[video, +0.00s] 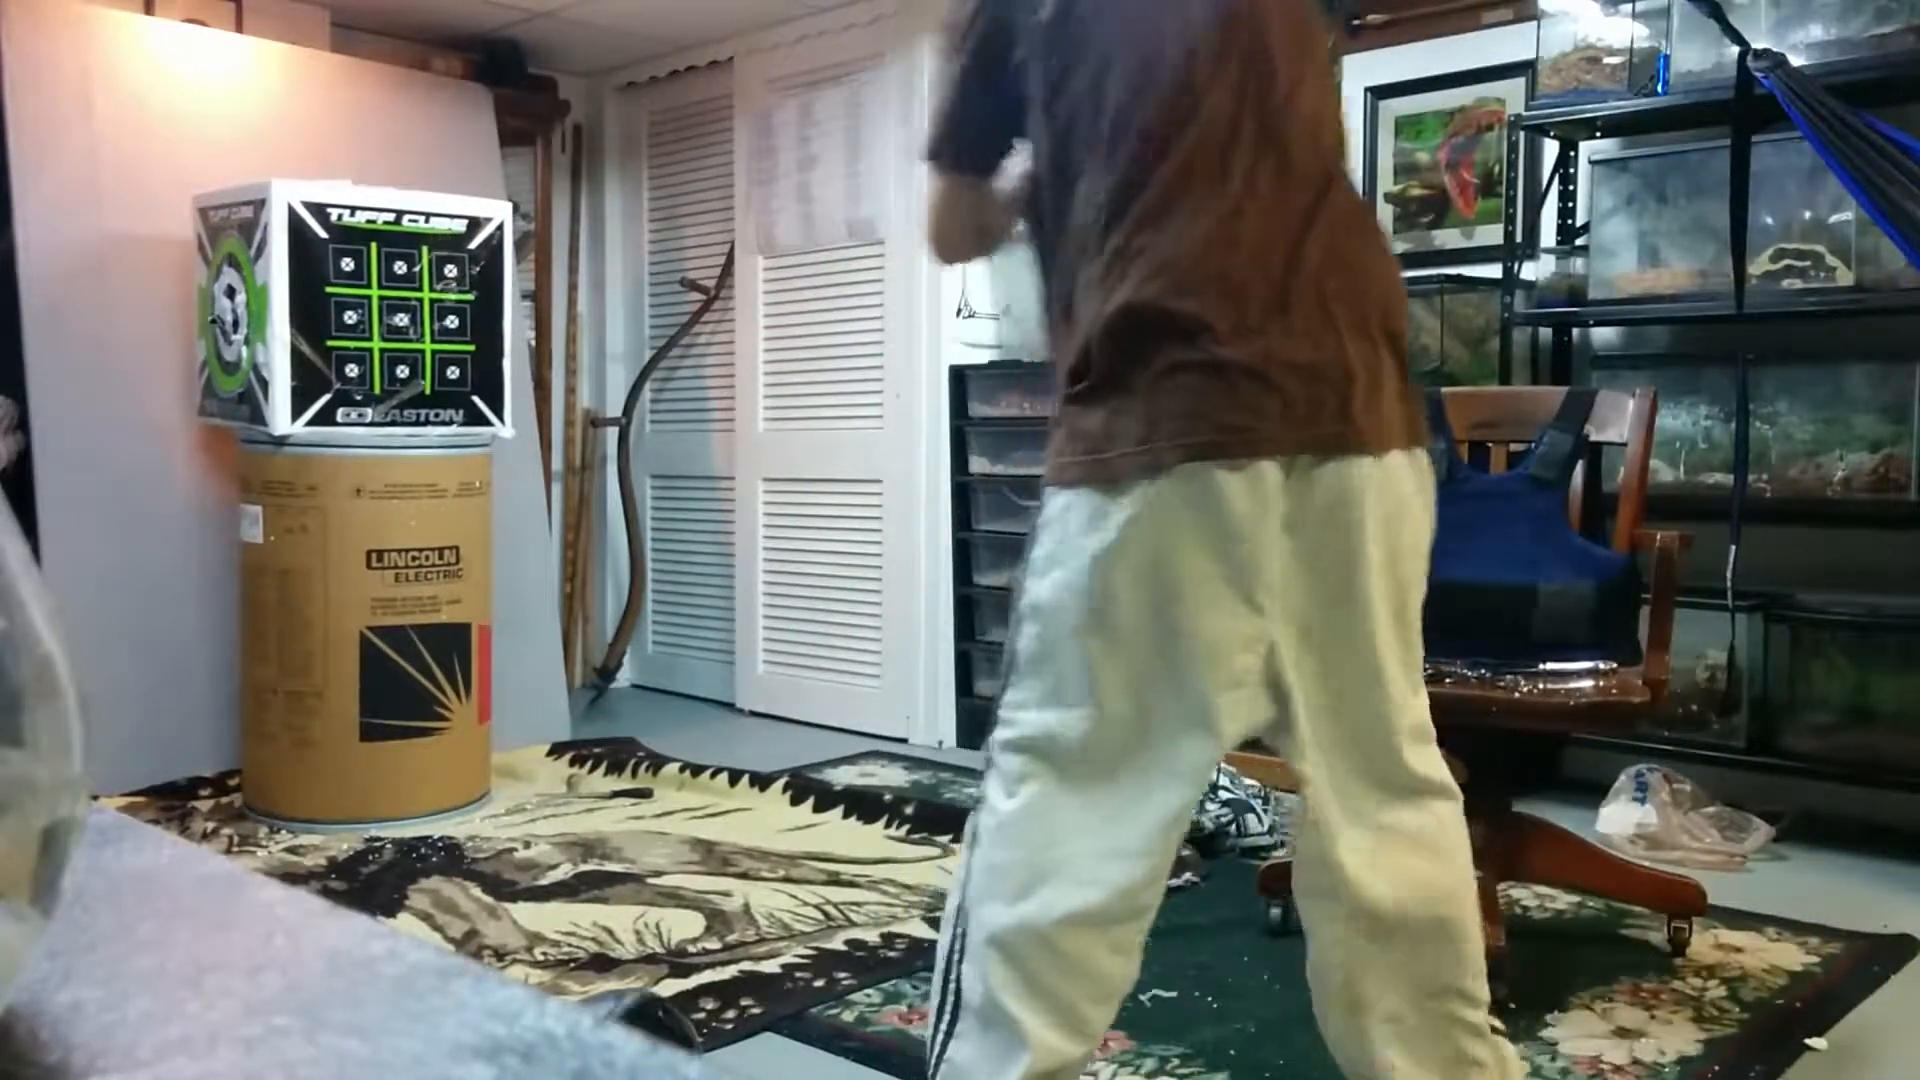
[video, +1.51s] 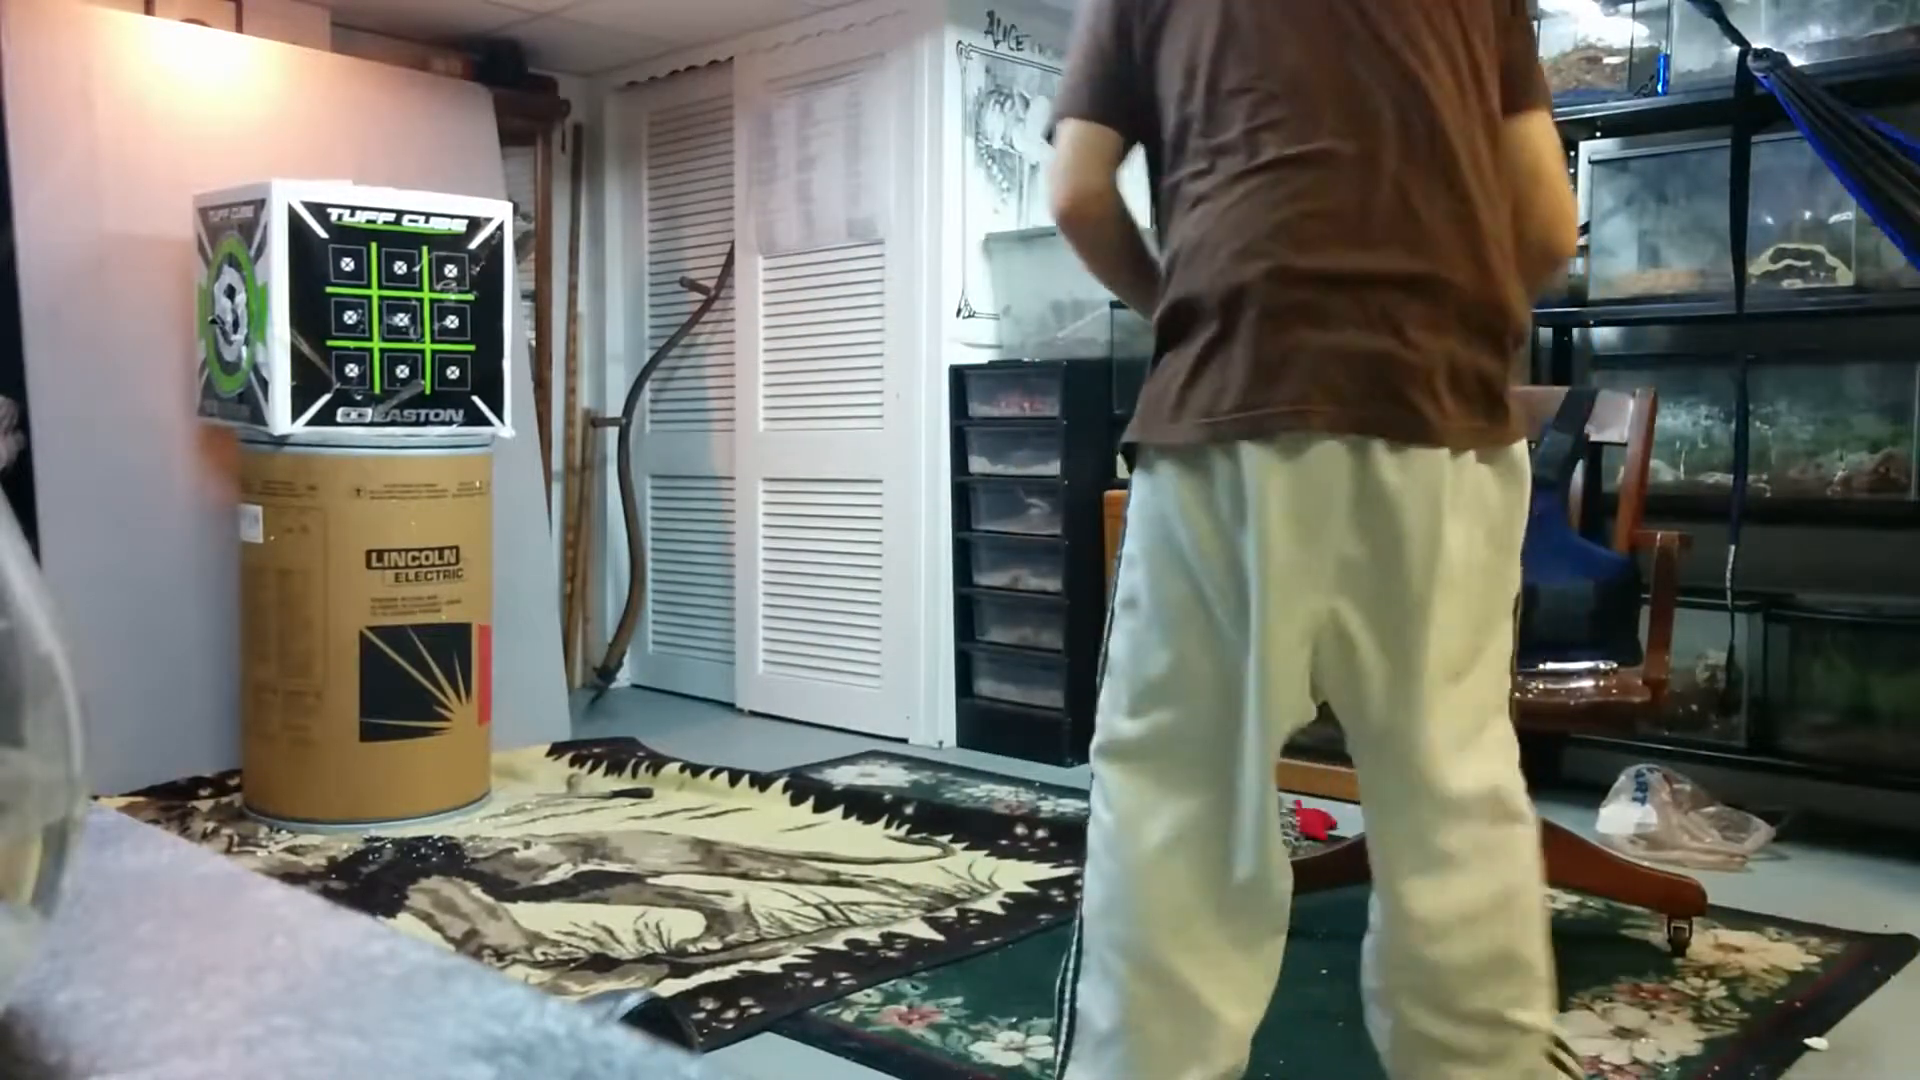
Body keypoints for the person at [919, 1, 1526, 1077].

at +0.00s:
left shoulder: (1022, 8)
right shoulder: (1292, 7)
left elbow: (955, 228)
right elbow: (1490, 6)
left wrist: (1041, 177)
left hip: (1167, 402)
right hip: (1363, 398)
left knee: (1070, 785)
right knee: (1383, 779)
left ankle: (999, 1055)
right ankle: (1444, 1057)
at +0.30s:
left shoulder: (1203, 9)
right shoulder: (1453, 22)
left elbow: (1149, 228)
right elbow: (1515, 209)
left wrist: (1246, 346)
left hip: (1330, 376)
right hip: (1518, 383)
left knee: (1214, 771)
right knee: (1459, 765)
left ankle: (1096, 1058)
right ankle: (1460, 1058)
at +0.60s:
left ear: (1327, 55)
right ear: (1427, 67)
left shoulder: (1286, 94)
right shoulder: (1517, 138)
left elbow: (1236, 261)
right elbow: (1609, 330)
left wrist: (1290, 414)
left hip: (1393, 374)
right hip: (1578, 398)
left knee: (1295, 760)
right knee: (1491, 757)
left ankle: (1194, 1058)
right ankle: (1464, 1054)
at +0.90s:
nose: (1242, 174)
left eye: (1248, 156)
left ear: (1305, 123)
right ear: (1464, 134)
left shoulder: (1300, 132)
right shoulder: (1526, 182)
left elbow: (1245, 281)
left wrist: (1293, 446)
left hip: (1407, 392)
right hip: (1594, 416)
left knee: (1298, 760)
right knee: (1482, 770)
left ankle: (1190, 1059)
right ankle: (1465, 1057)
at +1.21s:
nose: (1221, 65)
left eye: (1226, 53)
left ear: (1278, 22)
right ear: (1398, 16)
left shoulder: (1255, 51)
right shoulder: (1493, 102)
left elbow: (1197, 249)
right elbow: (1565, 293)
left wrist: (1250, 417)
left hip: (1349, 387)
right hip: (1537, 402)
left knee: (1245, 771)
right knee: (1466, 778)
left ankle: (1167, 1056)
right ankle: (1456, 1053)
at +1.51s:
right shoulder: (1477, 2)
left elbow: (1077, 193)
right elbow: (1548, 221)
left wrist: (1179, 304)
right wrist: (1449, 311)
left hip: (1227, 368)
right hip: (1433, 373)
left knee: (1169, 773)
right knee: (1451, 772)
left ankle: (1143, 1057)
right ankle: (1483, 1054)